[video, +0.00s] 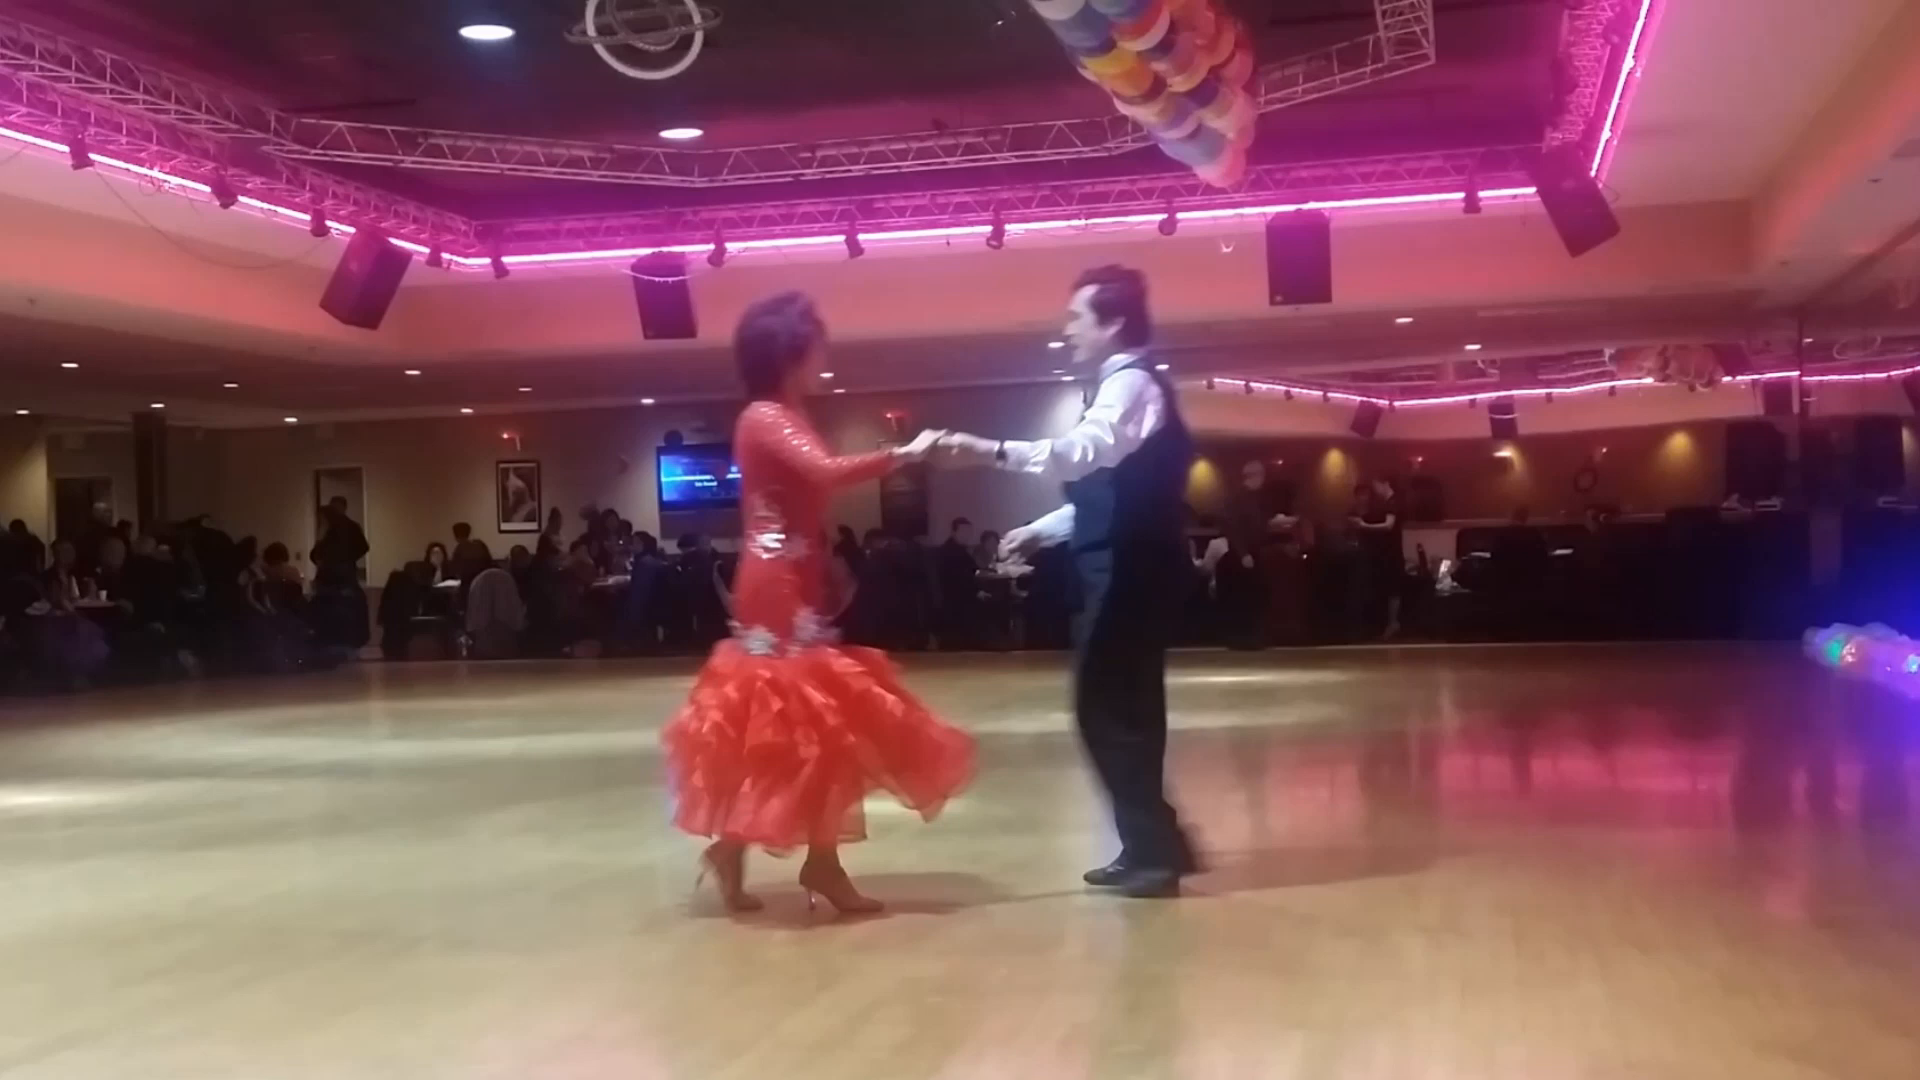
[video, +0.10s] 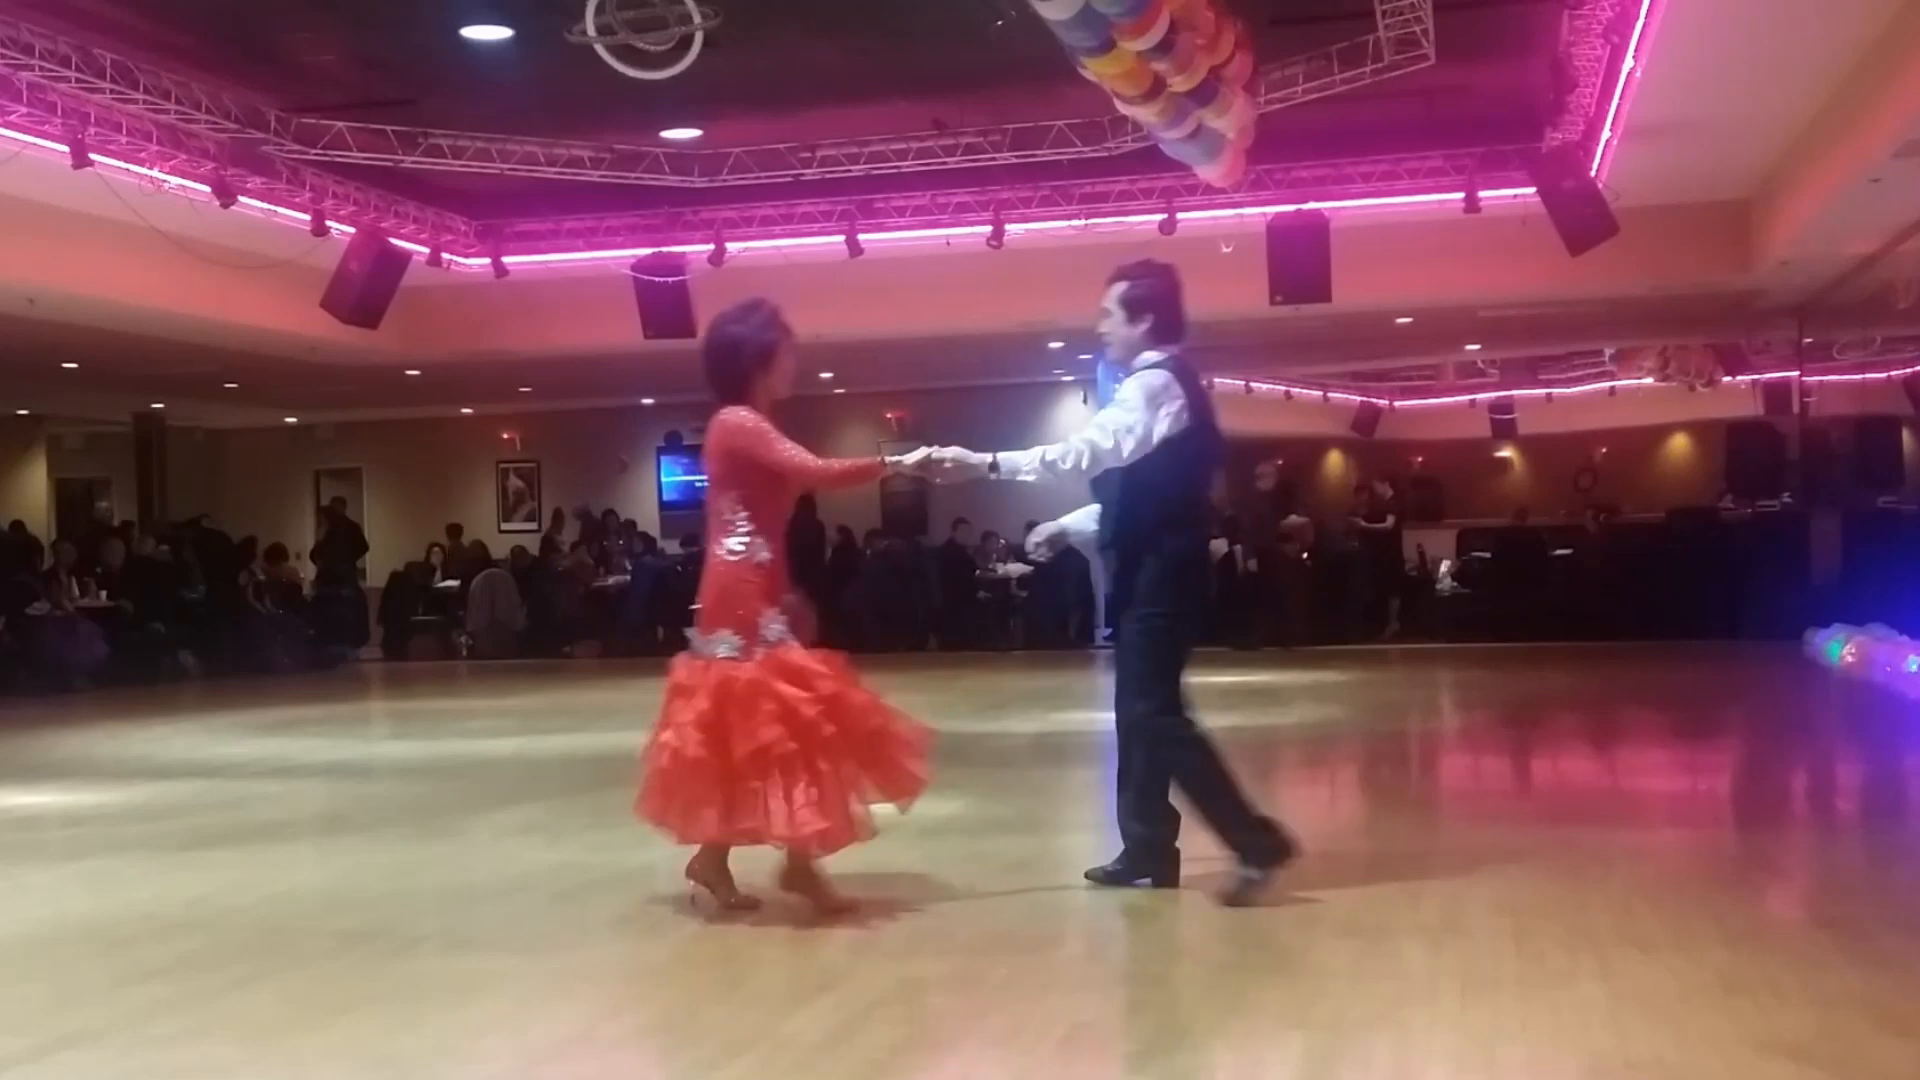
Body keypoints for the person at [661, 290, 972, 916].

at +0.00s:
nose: (822, 364)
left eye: (821, 352)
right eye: (815, 352)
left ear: (775, 355)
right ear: (785, 355)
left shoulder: (786, 416)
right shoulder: (765, 419)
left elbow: (789, 511)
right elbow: (823, 471)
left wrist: (824, 563)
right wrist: (900, 454)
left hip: (789, 580)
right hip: (775, 584)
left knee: (767, 720)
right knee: (823, 721)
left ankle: (729, 839)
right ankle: (823, 859)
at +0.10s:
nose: (794, 367)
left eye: (792, 355)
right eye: (786, 356)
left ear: (741, 361)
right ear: (758, 360)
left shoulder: (745, 425)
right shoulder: (737, 425)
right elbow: (810, 471)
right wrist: (897, 463)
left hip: (741, 592)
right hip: (741, 596)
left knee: (741, 730)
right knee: (797, 723)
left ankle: (712, 854)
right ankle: (800, 859)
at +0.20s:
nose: (761, 370)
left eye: (760, 358)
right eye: (753, 358)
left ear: (706, 364)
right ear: (723, 363)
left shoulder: (700, 424)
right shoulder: (721, 423)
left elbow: (804, 453)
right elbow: (811, 455)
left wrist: (889, 450)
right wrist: (899, 452)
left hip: (711, 584)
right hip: (723, 589)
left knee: (742, 723)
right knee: (756, 721)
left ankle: (726, 859)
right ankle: (721, 860)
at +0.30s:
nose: (743, 366)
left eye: (741, 354)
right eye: (737, 355)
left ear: (677, 366)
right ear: (713, 363)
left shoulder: (671, 435)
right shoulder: (721, 421)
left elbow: (654, 524)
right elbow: (817, 438)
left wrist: (679, 572)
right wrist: (902, 435)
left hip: (687, 576)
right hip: (719, 576)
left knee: (721, 722)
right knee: (730, 722)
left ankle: (715, 860)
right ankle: (717, 867)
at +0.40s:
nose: (746, 364)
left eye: (743, 354)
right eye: (739, 355)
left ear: (676, 366)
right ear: (719, 362)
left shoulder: (664, 434)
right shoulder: (734, 421)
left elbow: (632, 511)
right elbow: (825, 445)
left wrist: (639, 580)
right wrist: (904, 446)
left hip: (682, 578)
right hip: (722, 576)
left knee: (736, 718)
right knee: (730, 720)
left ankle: (750, 855)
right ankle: (718, 864)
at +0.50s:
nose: (759, 367)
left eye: (755, 355)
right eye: (750, 357)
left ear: (692, 372)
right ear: (726, 367)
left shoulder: (681, 438)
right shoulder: (744, 424)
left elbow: (643, 518)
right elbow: (835, 453)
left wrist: (647, 582)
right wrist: (925, 457)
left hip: (699, 577)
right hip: (735, 576)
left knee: (757, 718)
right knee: (736, 722)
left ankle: (779, 846)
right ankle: (720, 862)